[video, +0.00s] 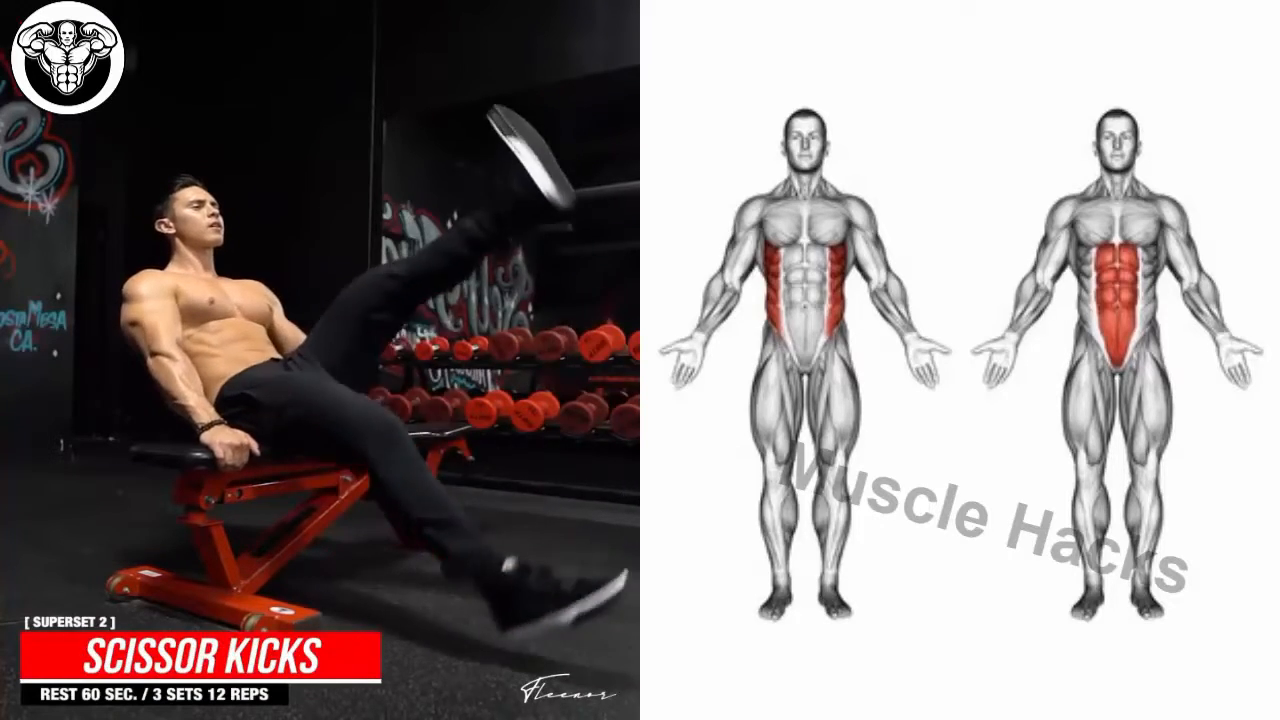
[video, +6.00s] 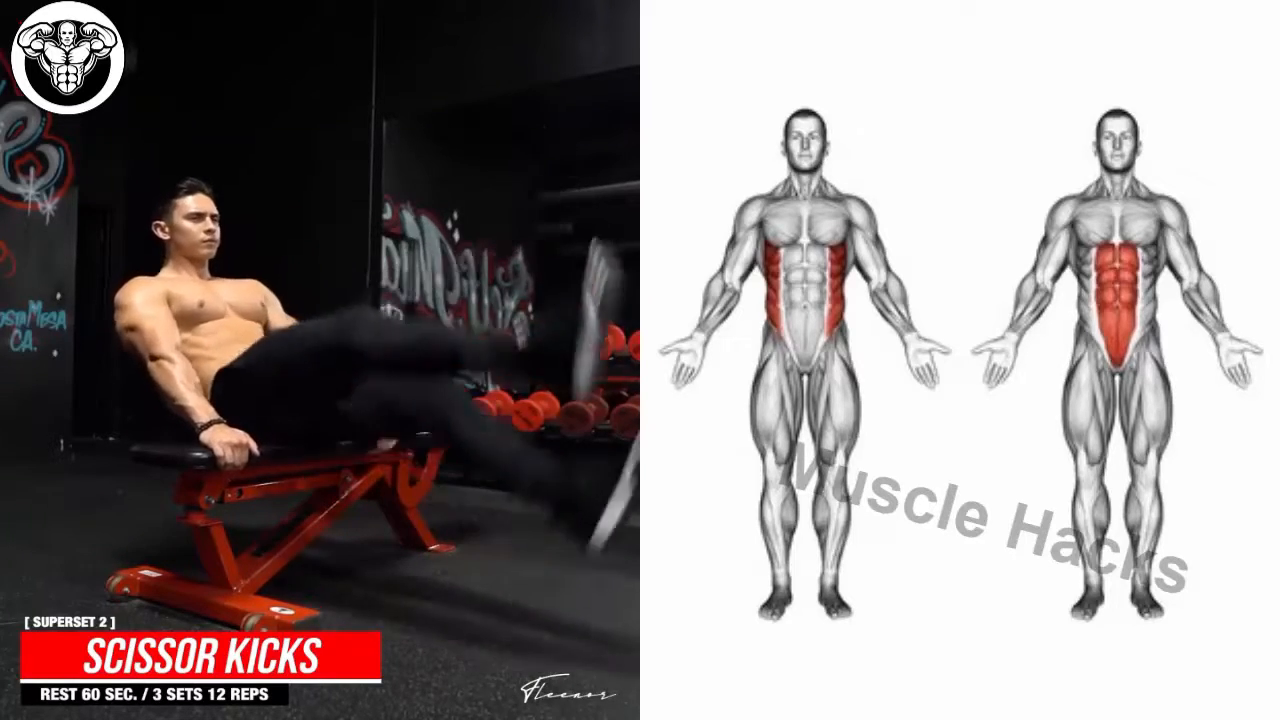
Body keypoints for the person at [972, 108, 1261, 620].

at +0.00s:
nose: (1116, 145)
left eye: (1124, 137)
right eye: (1109, 137)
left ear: (1137, 146)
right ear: (1097, 145)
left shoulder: (1164, 211)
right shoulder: (1070, 211)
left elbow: (1193, 282)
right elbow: (1041, 282)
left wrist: (1221, 335)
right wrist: (1012, 336)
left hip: (1144, 355)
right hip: (1089, 354)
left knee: (1145, 466)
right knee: (1088, 466)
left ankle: (1141, 582)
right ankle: (1092, 583)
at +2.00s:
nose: (1116, 145)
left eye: (1124, 138)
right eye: (1108, 138)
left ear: (1137, 145)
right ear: (1096, 146)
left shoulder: (1164, 211)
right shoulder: (1070, 211)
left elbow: (1193, 282)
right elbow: (1041, 282)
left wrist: (1222, 335)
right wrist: (1012, 336)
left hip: (1144, 355)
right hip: (1089, 355)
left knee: (1145, 466)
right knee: (1088, 466)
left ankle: (1141, 581)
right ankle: (1092, 583)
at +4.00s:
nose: (1116, 145)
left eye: (1124, 138)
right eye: (1108, 138)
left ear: (1137, 145)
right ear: (1097, 145)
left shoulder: (1164, 211)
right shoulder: (1070, 211)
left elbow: (1193, 282)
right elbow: (1041, 281)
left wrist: (1222, 335)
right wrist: (1012, 336)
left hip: (1144, 355)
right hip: (1089, 354)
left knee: (1145, 465)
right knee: (1088, 466)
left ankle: (1141, 581)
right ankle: (1092, 583)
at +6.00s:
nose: (1116, 146)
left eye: (1124, 138)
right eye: (1109, 138)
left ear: (1137, 145)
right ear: (1097, 145)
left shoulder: (1164, 211)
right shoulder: (1070, 211)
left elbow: (1193, 282)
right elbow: (1041, 282)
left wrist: (1222, 335)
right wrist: (1012, 336)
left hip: (1144, 355)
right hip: (1089, 354)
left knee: (1145, 466)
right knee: (1088, 467)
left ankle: (1141, 581)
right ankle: (1092, 583)